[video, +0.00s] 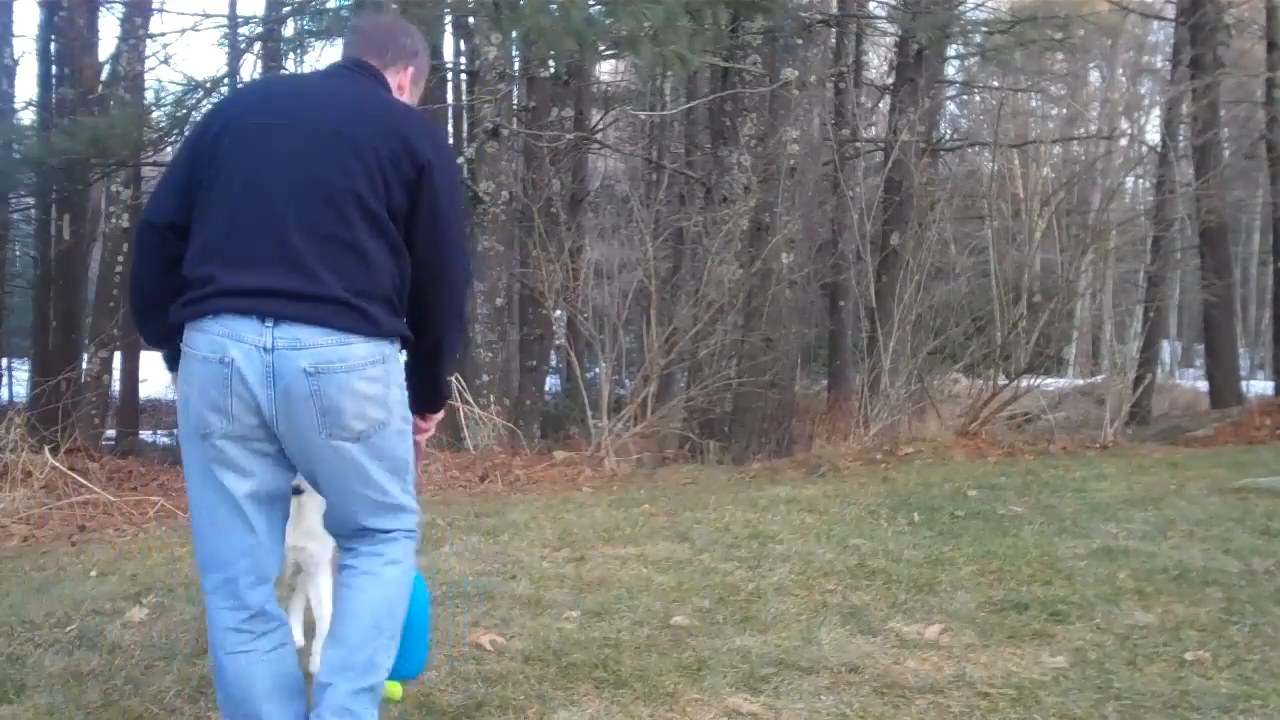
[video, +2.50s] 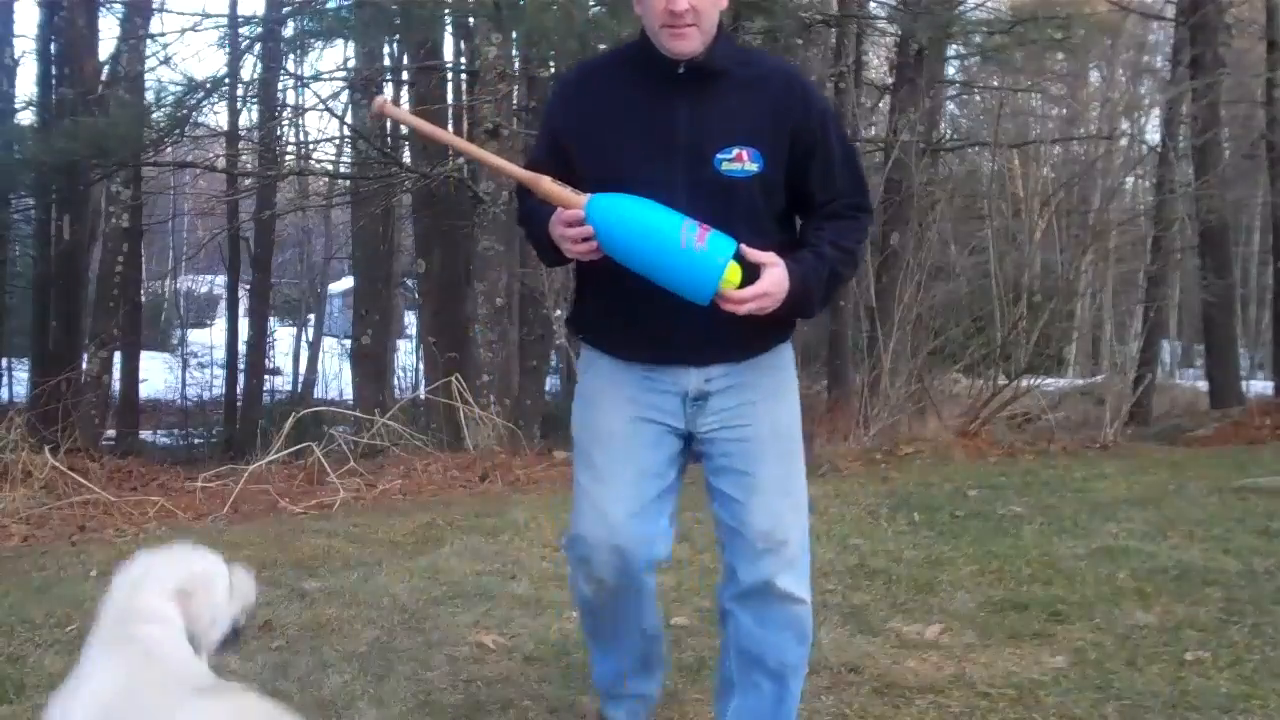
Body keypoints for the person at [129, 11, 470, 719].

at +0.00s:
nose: (419, 102)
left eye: (421, 92)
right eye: (421, 91)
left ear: (343, 61)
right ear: (403, 76)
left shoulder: (237, 105)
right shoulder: (415, 135)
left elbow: (157, 231)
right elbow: (443, 277)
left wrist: (180, 343)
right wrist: (430, 387)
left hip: (215, 352)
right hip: (346, 357)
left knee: (239, 587)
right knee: (377, 536)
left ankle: (264, 711)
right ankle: (344, 706)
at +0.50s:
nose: (460, 138)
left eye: (465, 126)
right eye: (465, 123)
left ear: (396, 83)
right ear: (445, 99)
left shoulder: (288, 119)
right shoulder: (439, 152)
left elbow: (213, 225)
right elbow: (447, 271)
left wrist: (218, 317)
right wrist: (441, 385)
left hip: (238, 340)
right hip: (338, 355)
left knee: (254, 498)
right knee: (328, 538)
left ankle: (239, 639)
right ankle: (296, 706)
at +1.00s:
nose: (538, 131)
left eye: (547, 120)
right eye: (539, 112)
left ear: (507, 91)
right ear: (506, 83)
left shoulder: (465, 139)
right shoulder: (443, 116)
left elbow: (437, 247)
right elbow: (389, 200)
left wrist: (458, 326)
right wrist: (435, 303)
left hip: (414, 347)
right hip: (370, 343)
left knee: (449, 513)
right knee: (393, 531)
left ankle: (432, 657)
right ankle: (297, 692)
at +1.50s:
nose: (589, 93)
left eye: (601, 79)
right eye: (575, 77)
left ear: (611, 74)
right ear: (536, 63)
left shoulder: (597, 153)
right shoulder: (470, 125)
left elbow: (608, 256)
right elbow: (392, 202)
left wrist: (621, 321)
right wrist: (455, 273)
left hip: (539, 355)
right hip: (463, 347)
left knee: (486, 509)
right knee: (534, 506)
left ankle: (433, 655)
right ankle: (576, 682)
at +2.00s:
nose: (617, 48)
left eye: (632, 31)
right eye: (601, 32)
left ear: (652, 26)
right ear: (572, 27)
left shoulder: (687, 112)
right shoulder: (519, 107)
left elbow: (728, 215)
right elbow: (465, 207)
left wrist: (717, 275)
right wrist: (522, 203)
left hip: (662, 354)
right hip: (548, 358)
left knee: (700, 516)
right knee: (558, 530)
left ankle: (685, 684)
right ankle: (576, 687)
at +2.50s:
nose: (677, 6)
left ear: (724, 1)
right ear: (635, 3)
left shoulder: (785, 96)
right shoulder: (584, 94)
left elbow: (846, 215)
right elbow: (534, 201)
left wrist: (795, 277)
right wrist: (553, 233)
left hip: (754, 372)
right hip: (620, 371)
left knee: (773, 566)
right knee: (608, 545)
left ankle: (758, 713)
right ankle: (627, 702)